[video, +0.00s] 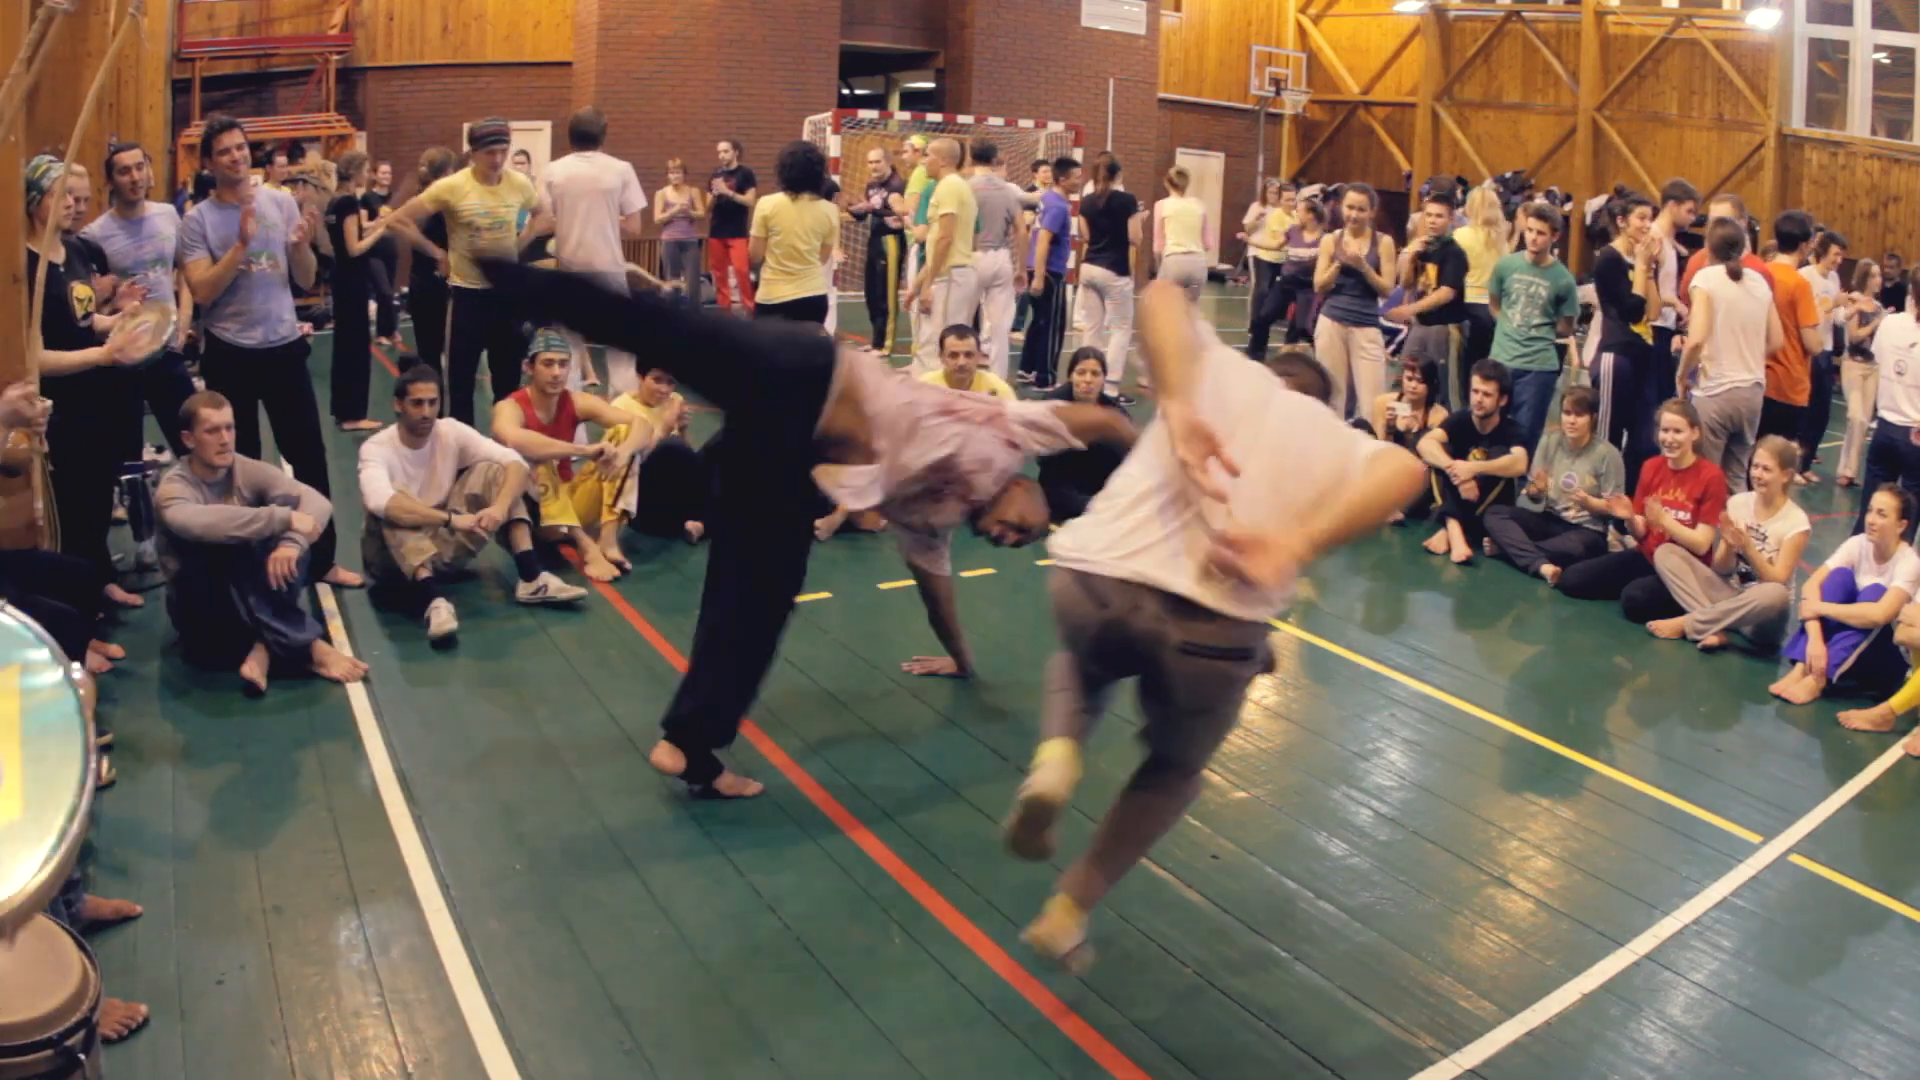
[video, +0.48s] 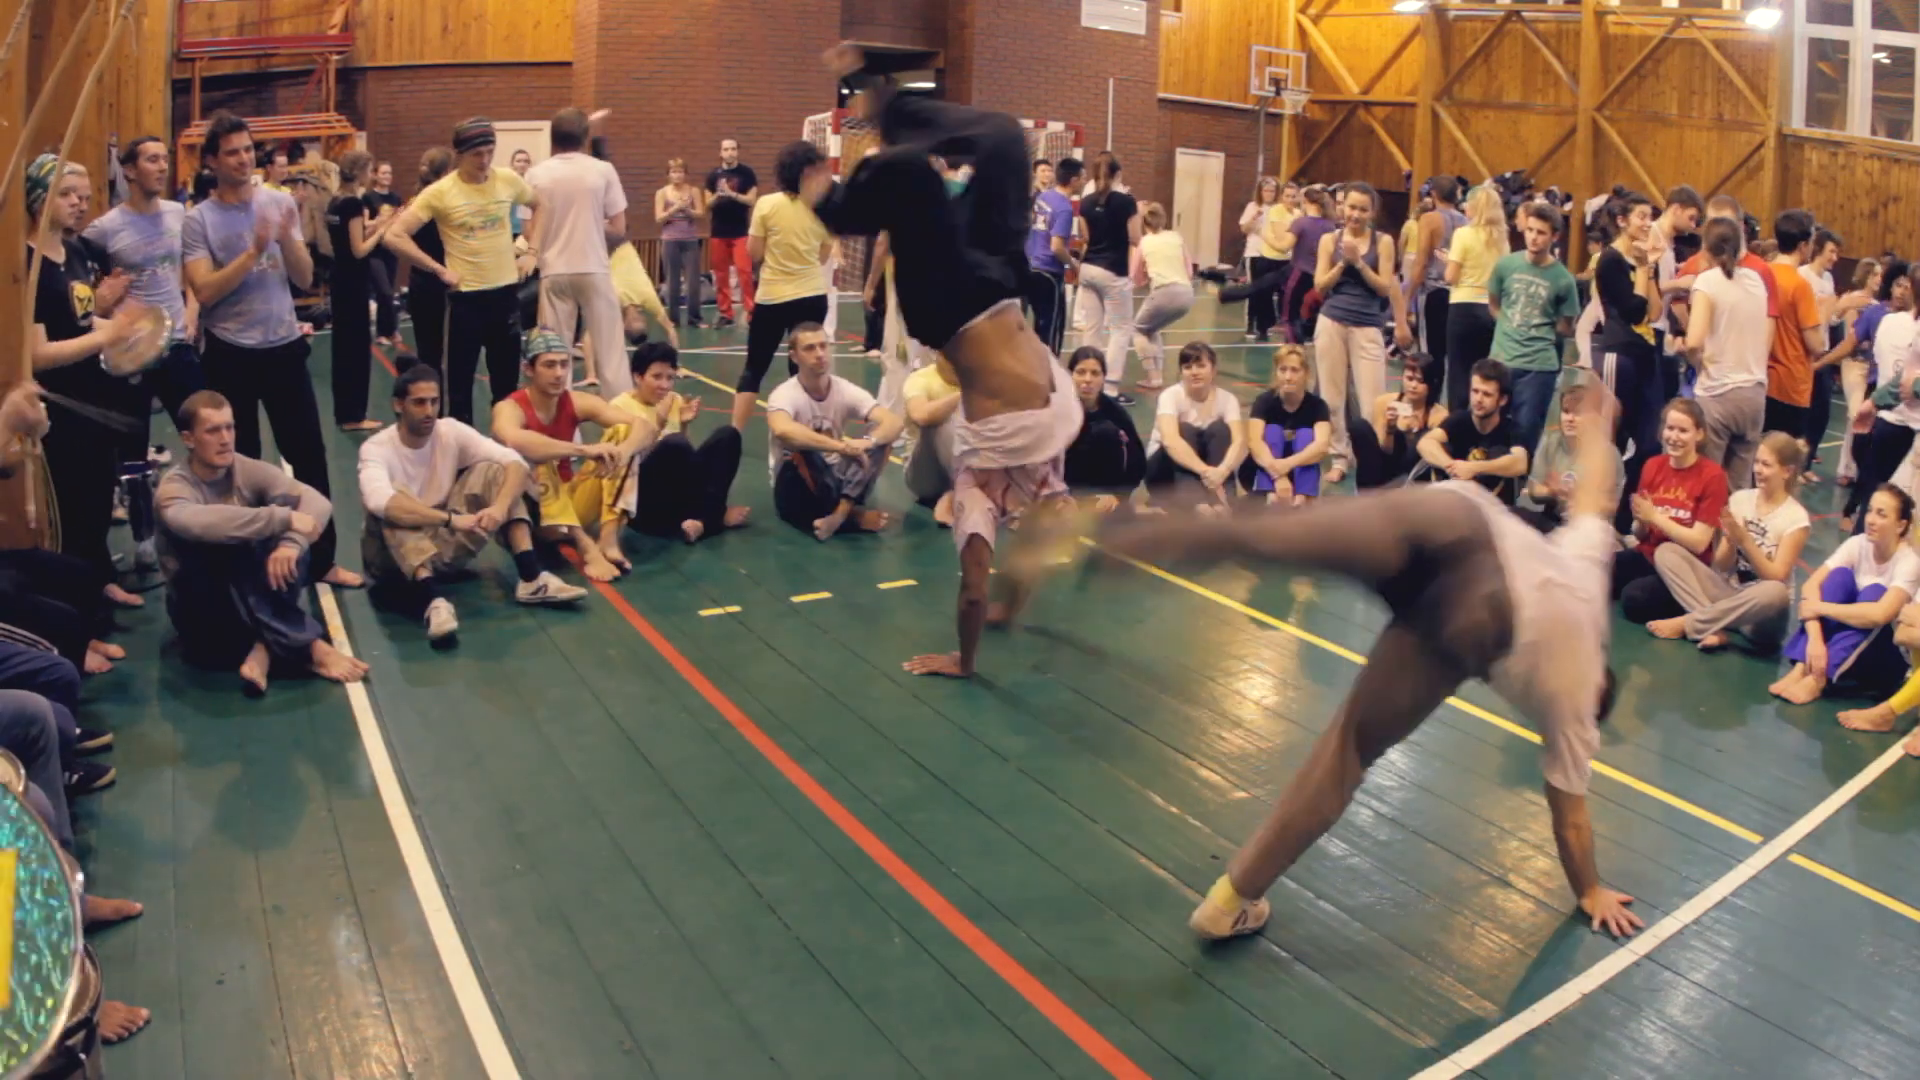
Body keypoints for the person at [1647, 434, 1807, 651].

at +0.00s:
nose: (1757, 474)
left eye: (1766, 469)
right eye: (1754, 466)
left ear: (1786, 476)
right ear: (1749, 467)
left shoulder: (1796, 521)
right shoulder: (1738, 502)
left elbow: (1778, 579)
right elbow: (1720, 568)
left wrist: (1747, 548)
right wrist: (1729, 546)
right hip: (1727, 594)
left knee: (1774, 594)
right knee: (1666, 553)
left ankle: (1686, 624)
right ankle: (1711, 629)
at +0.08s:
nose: (1756, 473)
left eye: (1766, 468)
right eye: (1754, 466)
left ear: (1786, 475)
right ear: (1749, 466)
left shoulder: (1796, 521)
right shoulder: (1738, 502)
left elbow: (1777, 578)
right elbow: (1720, 568)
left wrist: (1746, 546)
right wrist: (1729, 542)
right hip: (1726, 594)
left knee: (1775, 594)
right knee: (1665, 552)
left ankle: (1686, 624)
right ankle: (1712, 629)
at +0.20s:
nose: (1757, 471)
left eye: (1766, 466)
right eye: (1756, 463)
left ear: (1787, 472)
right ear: (1751, 463)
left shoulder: (1796, 518)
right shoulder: (1738, 499)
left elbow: (1775, 575)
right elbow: (1719, 567)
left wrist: (1742, 542)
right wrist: (1734, 546)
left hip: (1760, 605)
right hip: (1726, 592)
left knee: (1774, 594)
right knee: (1665, 552)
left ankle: (1686, 624)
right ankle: (1711, 629)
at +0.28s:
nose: (1757, 469)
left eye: (1766, 464)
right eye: (1756, 462)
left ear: (1787, 472)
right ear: (1751, 462)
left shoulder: (1796, 518)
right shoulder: (1739, 499)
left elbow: (1776, 575)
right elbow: (1719, 566)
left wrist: (1743, 542)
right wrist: (1731, 541)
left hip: (1760, 604)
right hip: (1726, 592)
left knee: (1774, 594)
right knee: (1666, 552)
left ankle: (1686, 624)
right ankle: (1711, 629)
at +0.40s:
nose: (1757, 470)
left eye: (1766, 464)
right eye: (1756, 462)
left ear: (1787, 472)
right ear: (1751, 462)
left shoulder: (1796, 517)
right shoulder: (1739, 499)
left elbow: (1777, 576)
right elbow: (1719, 566)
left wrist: (1747, 542)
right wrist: (1729, 538)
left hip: (1760, 605)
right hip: (1725, 590)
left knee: (1774, 592)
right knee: (1666, 552)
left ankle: (1687, 624)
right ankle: (1711, 629)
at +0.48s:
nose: (1757, 469)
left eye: (1766, 464)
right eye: (1756, 462)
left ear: (1787, 472)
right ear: (1752, 462)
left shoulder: (1796, 517)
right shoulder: (1739, 499)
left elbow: (1776, 575)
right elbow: (1721, 566)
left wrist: (1742, 539)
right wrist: (1731, 540)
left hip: (1760, 603)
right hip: (1726, 589)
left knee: (1774, 592)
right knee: (1666, 551)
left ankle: (1687, 624)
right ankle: (1711, 629)